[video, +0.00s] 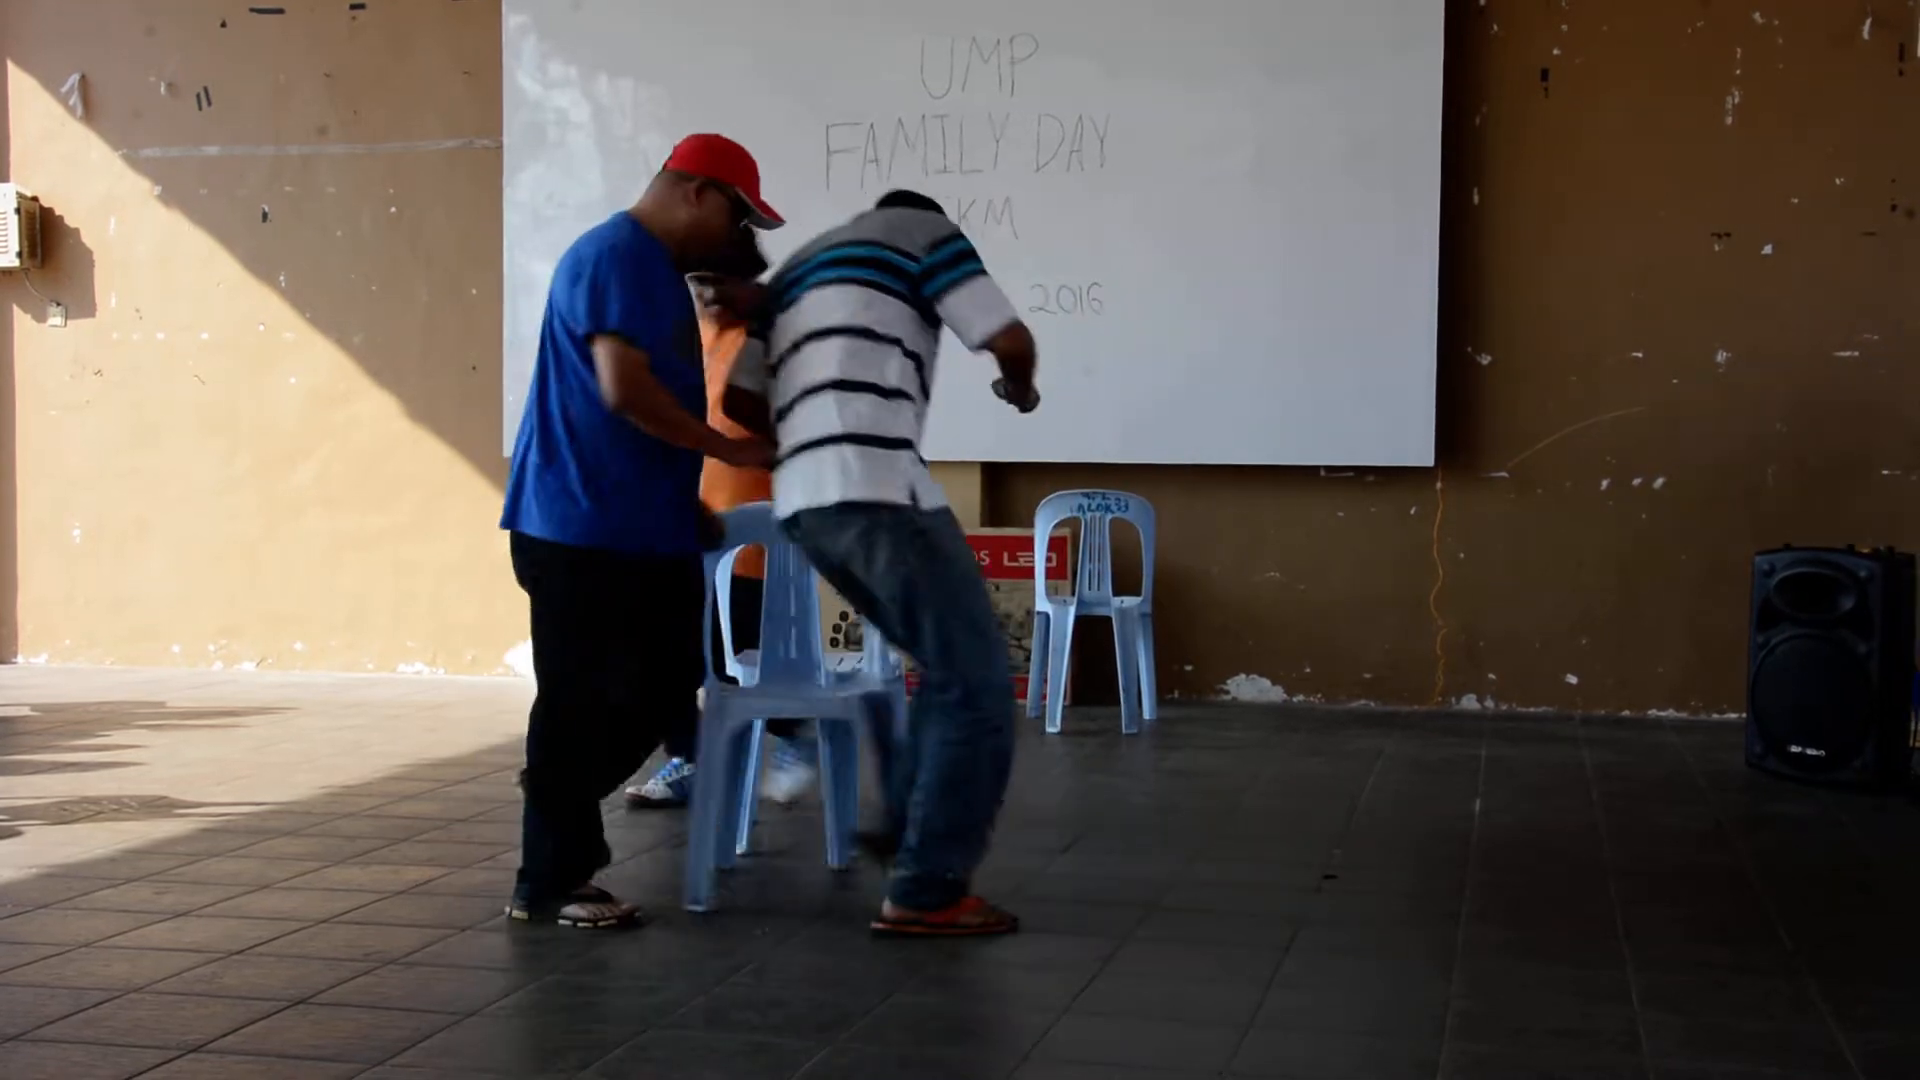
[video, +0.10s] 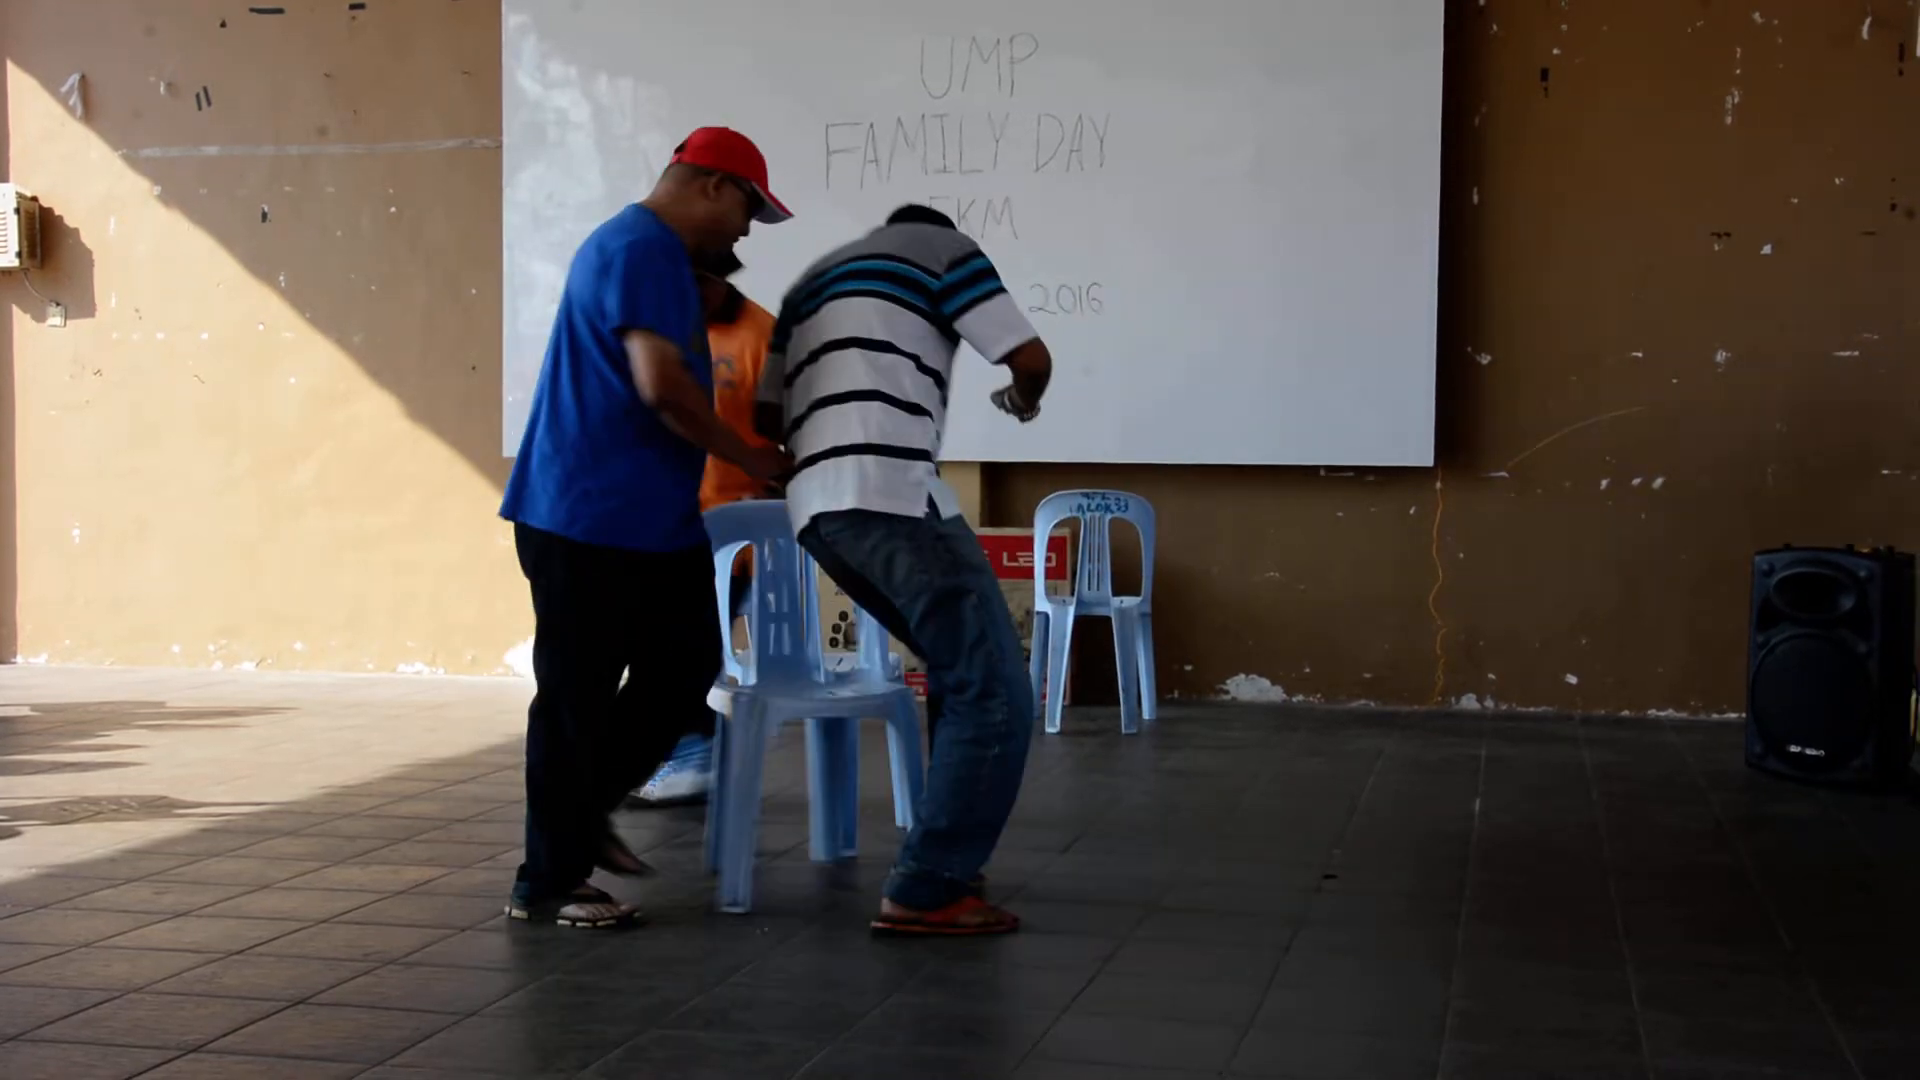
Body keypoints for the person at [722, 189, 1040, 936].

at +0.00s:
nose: (949, 248)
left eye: (946, 241)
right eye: (944, 236)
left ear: (872, 213)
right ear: (926, 218)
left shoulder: (794, 267)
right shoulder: (919, 226)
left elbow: (734, 396)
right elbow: (1012, 342)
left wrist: (807, 445)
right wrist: (1017, 387)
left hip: (805, 501)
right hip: (876, 487)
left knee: (940, 667)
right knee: (978, 680)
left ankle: (911, 846)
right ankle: (927, 893)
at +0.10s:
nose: (961, 262)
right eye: (957, 251)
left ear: (884, 229)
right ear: (941, 233)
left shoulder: (812, 279)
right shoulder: (939, 244)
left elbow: (766, 412)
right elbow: (1031, 359)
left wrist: (836, 446)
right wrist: (1023, 397)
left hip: (818, 508)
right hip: (888, 494)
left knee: (961, 676)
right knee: (996, 692)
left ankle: (939, 875)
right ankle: (927, 892)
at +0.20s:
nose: (975, 279)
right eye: (968, 266)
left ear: (892, 241)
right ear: (948, 245)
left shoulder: (824, 291)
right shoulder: (947, 255)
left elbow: (784, 428)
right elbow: (1046, 358)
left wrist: (811, 481)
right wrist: (1037, 408)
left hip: (828, 513)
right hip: (898, 499)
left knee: (942, 688)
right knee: (1001, 692)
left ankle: (944, 878)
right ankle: (923, 887)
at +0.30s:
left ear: (886, 255)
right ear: (943, 252)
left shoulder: (822, 305)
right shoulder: (959, 268)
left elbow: (783, 424)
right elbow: (1073, 343)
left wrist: (815, 481)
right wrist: (1074, 411)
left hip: (841, 520)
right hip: (914, 508)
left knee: (940, 688)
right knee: (1005, 696)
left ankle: (956, 856)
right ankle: (856, 844)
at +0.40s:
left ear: (873, 272)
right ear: (933, 262)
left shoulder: (824, 315)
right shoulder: (970, 279)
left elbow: (777, 424)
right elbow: (1099, 337)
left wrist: (807, 468)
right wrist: (1101, 396)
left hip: (849, 526)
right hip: (928, 512)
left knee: (950, 679)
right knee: (974, 704)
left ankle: (953, 847)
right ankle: (838, 870)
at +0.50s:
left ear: (872, 277)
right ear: (931, 266)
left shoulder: (834, 314)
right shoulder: (978, 284)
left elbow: (782, 421)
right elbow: (1101, 353)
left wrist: (757, 493)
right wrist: (1076, 385)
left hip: (865, 521)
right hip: (949, 507)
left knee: (935, 682)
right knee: (974, 705)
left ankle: (957, 836)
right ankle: (846, 871)